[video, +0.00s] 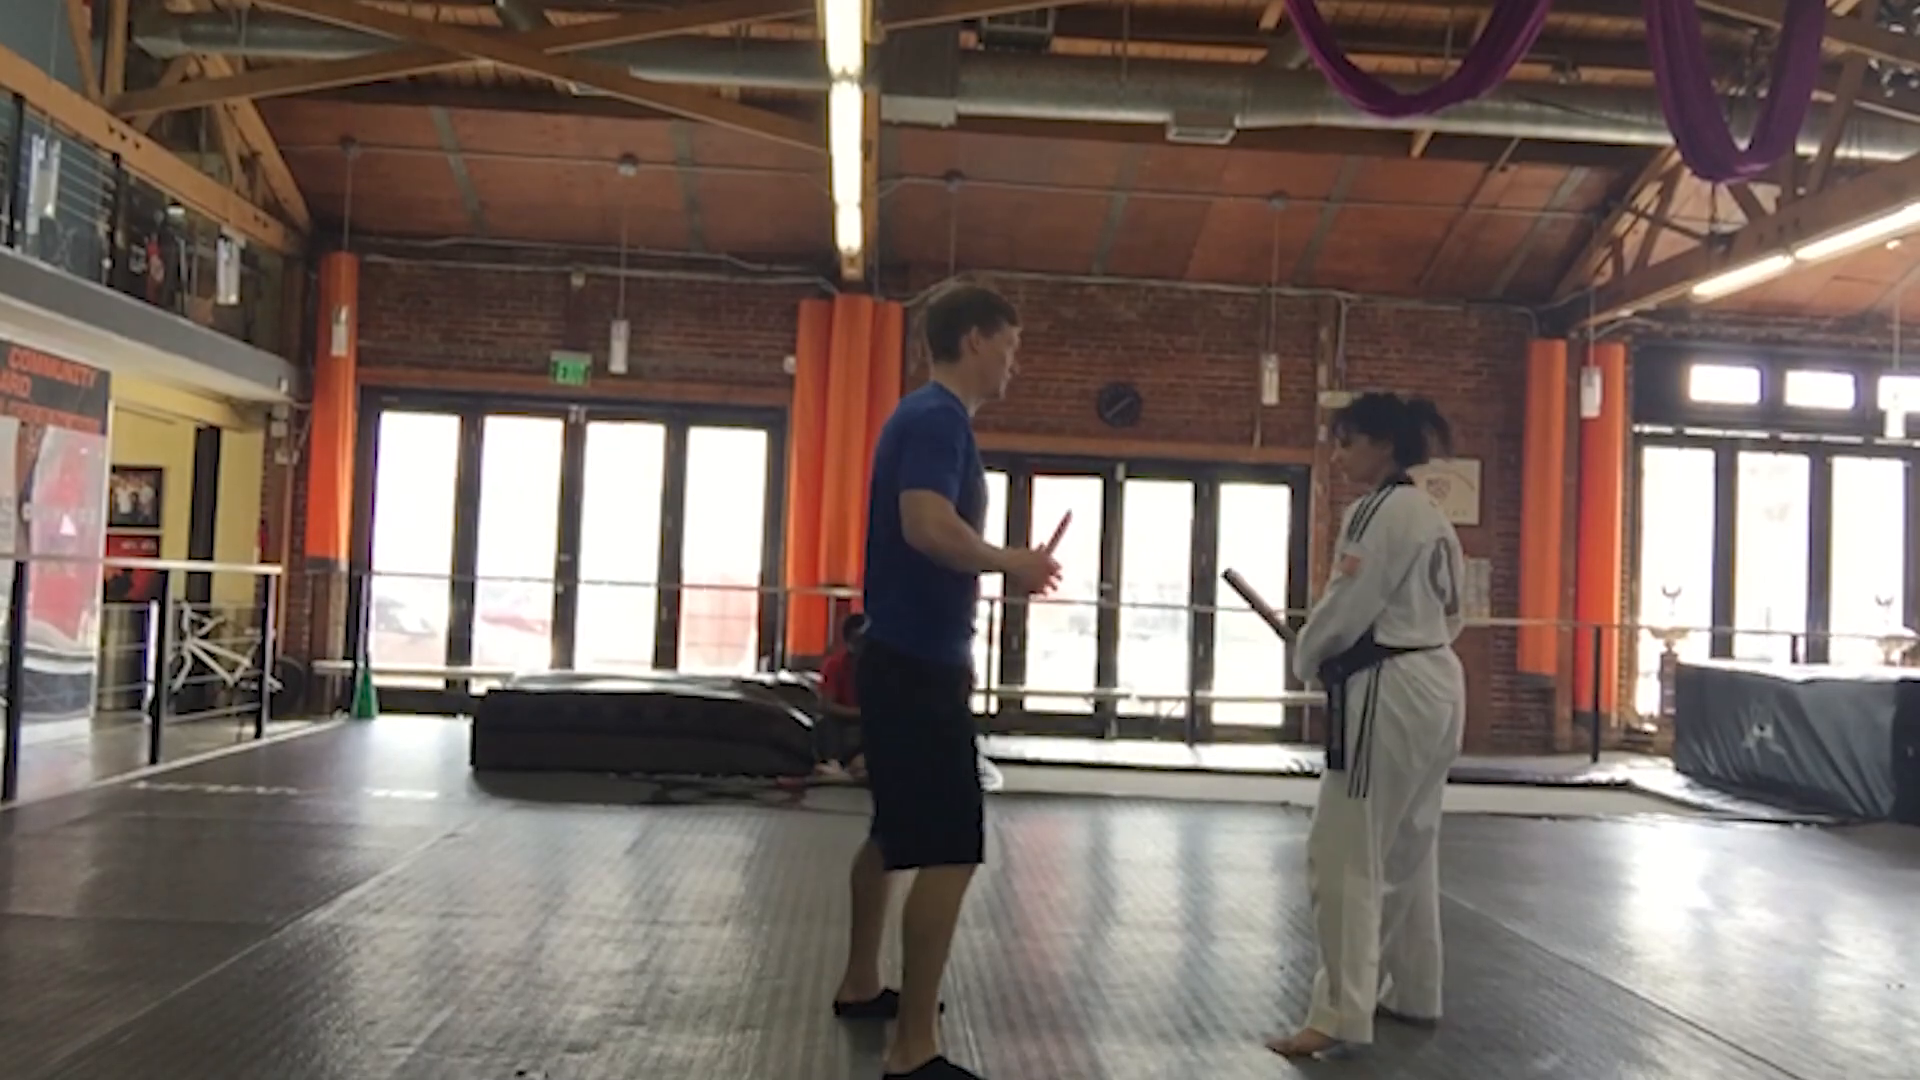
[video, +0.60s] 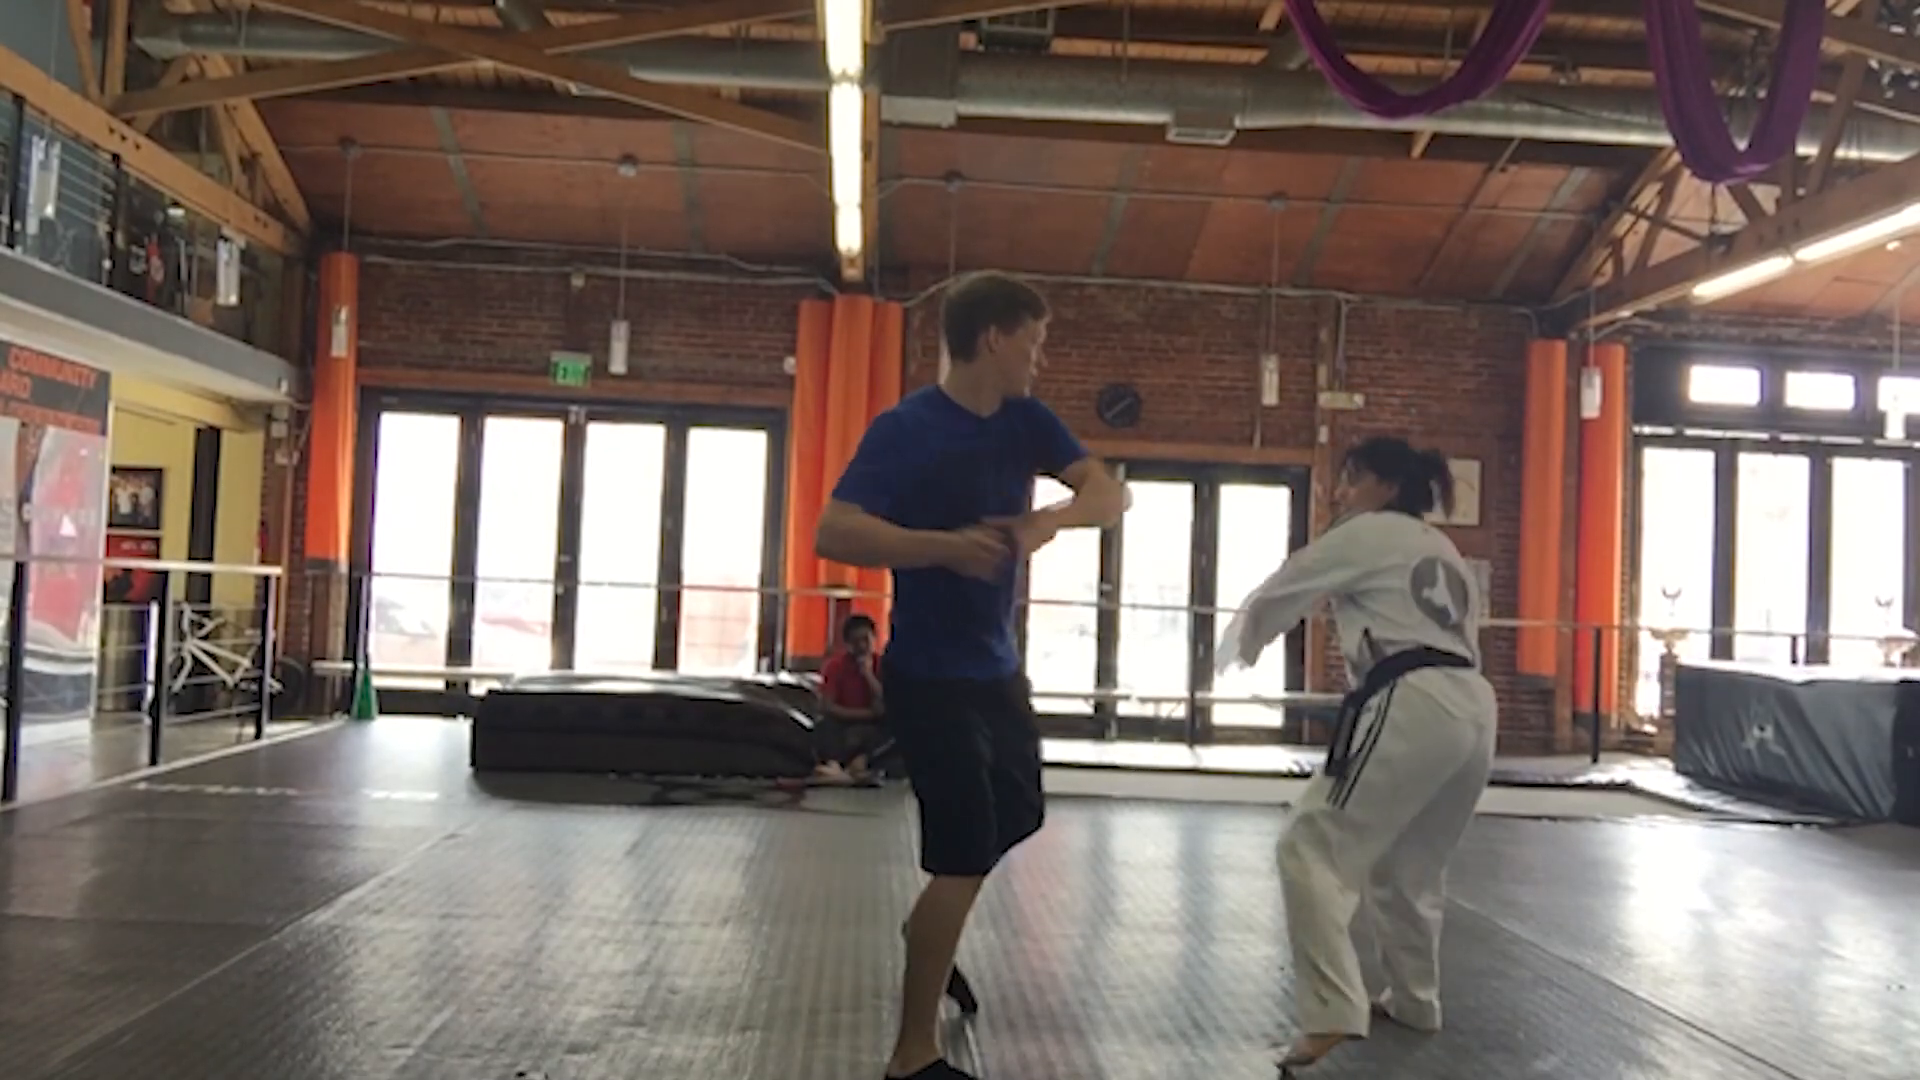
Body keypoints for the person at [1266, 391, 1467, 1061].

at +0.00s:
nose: (1339, 454)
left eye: (1350, 442)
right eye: (1338, 442)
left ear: (1386, 446)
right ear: (1389, 452)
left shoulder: (1388, 511)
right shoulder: (1422, 510)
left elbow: (1348, 608)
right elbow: (1433, 610)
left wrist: (1305, 653)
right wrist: (1311, 621)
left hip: (1393, 685)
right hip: (1434, 681)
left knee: (1342, 849)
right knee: (1410, 849)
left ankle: (1340, 1016)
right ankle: (1414, 996)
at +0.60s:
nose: (1340, 492)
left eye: (1351, 481)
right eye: (1343, 480)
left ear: (1384, 486)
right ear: (1410, 493)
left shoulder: (1367, 532)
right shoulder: (1451, 551)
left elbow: (1271, 598)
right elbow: (1457, 635)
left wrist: (1236, 650)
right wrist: (1372, 670)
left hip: (1414, 702)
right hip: (1476, 707)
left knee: (1313, 846)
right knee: (1411, 867)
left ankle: (1332, 1011)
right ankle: (1415, 1001)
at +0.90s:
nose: (1314, 527)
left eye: (1324, 514)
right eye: (1316, 515)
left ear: (1361, 520)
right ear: (1373, 524)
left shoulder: (1351, 565)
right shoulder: (1398, 574)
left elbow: (1307, 593)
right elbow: (1429, 653)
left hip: (1395, 743)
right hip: (1430, 741)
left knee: (1333, 907)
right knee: (1366, 884)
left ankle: (1378, 1068)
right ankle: (1410, 999)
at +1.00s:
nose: (1303, 508)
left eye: (1315, 496)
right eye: (1303, 496)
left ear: (1357, 503)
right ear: (1328, 506)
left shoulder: (1393, 563)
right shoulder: (1327, 595)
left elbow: (1472, 618)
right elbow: (1266, 664)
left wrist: (1385, 658)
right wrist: (1190, 666)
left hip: (1410, 757)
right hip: (1356, 763)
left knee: (1335, 902)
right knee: (1308, 869)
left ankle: (1365, 1070)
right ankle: (1390, 968)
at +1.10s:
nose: (1293, 503)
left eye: (1306, 491)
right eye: (1294, 490)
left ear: (1348, 503)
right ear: (1324, 505)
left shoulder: (1429, 579)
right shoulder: (1279, 598)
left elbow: (1505, 646)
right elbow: (1180, 634)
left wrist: (1444, 663)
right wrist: (1078, 632)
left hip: (1425, 759)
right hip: (1351, 765)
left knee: (1347, 901)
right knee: (1284, 870)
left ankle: (1365, 1070)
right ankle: (1339, 990)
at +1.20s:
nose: (1293, 522)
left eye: (1305, 508)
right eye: (1293, 508)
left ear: (1350, 517)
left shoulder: (1424, 594)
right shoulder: (1281, 604)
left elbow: (1497, 662)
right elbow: (1213, 657)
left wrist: (1469, 696)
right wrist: (1160, 647)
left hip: (1412, 775)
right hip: (1327, 776)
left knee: (1355, 905)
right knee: (1273, 906)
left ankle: (1370, 1071)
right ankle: (1309, 1002)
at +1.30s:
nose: (1294, 543)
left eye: (1307, 529)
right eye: (1293, 528)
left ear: (1353, 533)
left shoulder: (1417, 609)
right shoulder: (1288, 603)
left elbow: (1462, 724)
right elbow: (1294, 676)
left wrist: (1475, 695)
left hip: (1394, 787)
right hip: (1309, 784)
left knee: (1361, 902)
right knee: (1273, 929)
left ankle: (1375, 1072)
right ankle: (1318, 1004)